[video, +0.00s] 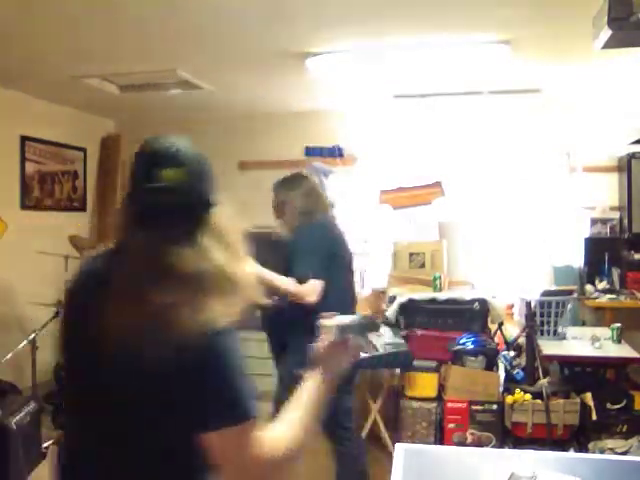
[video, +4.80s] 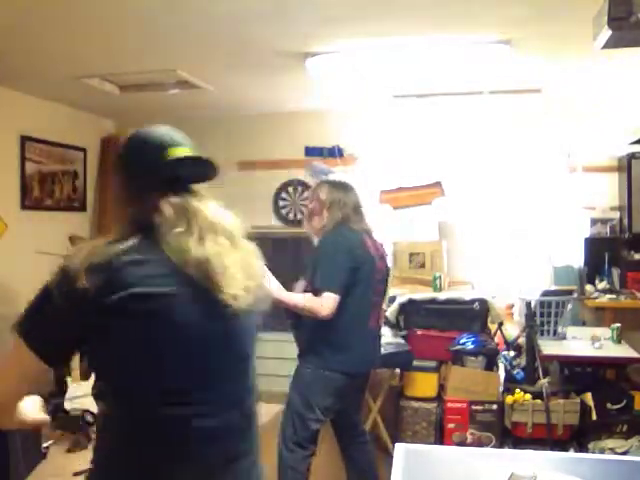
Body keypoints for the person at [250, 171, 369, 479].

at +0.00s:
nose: (277, 214)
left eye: (280, 205)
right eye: (277, 206)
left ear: (297, 202)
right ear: (308, 200)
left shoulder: (312, 231)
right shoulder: (326, 230)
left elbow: (310, 293)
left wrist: (259, 273)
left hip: (314, 344)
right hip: (336, 341)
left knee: (284, 426)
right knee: (342, 426)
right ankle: (354, 472)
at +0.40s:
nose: (312, 195)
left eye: (315, 188)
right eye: (313, 188)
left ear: (328, 192)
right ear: (354, 192)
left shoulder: (343, 232)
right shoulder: (356, 232)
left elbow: (338, 294)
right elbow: (326, 294)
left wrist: (288, 267)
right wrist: (288, 279)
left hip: (341, 353)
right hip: (362, 351)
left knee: (312, 437)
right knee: (365, 438)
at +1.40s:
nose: (337, 205)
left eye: (341, 198)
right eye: (336, 199)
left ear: (357, 197)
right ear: (368, 200)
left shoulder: (361, 225)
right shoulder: (387, 234)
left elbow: (359, 276)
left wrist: (305, 266)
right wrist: (306, 279)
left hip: (357, 347)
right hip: (386, 348)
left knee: (324, 424)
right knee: (373, 430)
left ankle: (328, 475)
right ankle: (376, 476)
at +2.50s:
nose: (359, 204)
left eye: (361, 199)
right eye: (360, 198)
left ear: (366, 199)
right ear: (394, 199)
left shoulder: (370, 227)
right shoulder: (401, 235)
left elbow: (352, 277)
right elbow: (391, 289)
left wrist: (306, 268)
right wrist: (342, 266)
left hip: (358, 346)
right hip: (390, 347)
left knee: (326, 422)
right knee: (376, 428)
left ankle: (320, 474)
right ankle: (377, 476)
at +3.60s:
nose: (322, 214)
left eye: (325, 207)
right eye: (323, 207)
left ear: (337, 207)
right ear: (361, 206)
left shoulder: (341, 238)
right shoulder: (377, 243)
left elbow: (321, 295)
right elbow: (370, 300)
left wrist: (276, 285)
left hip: (331, 358)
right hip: (363, 357)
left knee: (299, 439)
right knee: (357, 435)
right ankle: (373, 475)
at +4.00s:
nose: (306, 220)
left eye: (310, 212)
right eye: (305, 212)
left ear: (326, 211)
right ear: (343, 209)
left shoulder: (331, 241)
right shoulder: (366, 243)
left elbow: (316, 297)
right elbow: (372, 303)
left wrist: (292, 330)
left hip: (323, 354)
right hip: (355, 355)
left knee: (292, 435)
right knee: (349, 429)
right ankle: (364, 474)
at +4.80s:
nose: (307, 210)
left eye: (312, 203)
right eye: (308, 203)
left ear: (328, 207)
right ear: (349, 206)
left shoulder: (338, 240)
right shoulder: (368, 241)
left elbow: (324, 307)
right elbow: (362, 304)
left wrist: (280, 294)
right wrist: (311, 292)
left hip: (328, 361)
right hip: (358, 360)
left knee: (295, 445)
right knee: (352, 433)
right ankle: (367, 476)